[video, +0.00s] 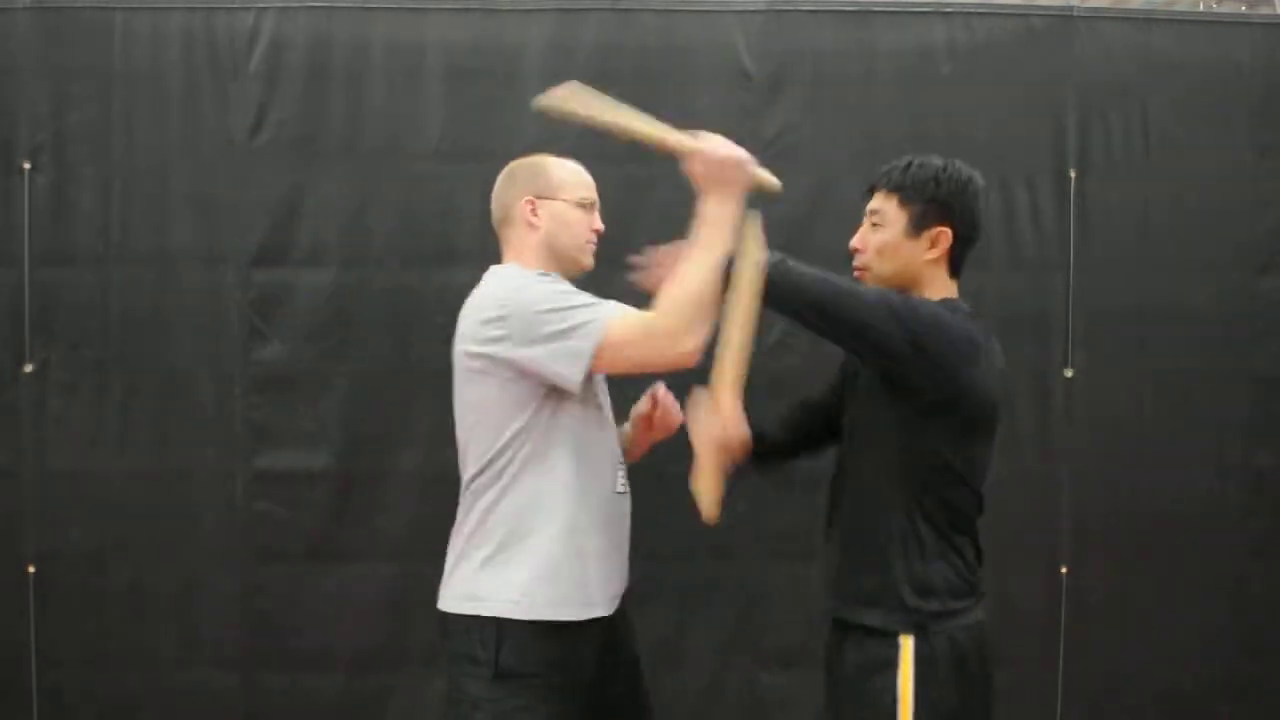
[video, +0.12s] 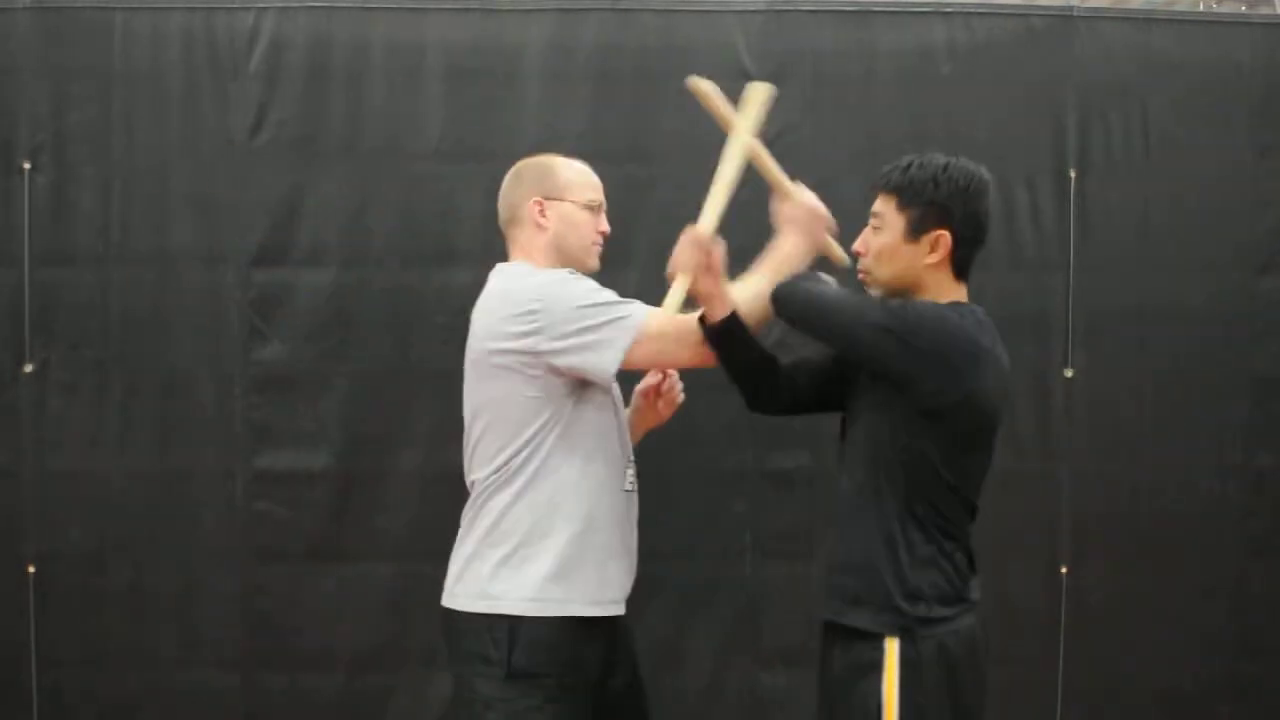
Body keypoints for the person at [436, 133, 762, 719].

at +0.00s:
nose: (599, 225)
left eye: (598, 211)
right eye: (585, 206)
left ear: (537, 214)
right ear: (533, 212)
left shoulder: (545, 309)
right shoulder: (509, 300)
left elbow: (546, 467)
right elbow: (676, 340)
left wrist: (630, 442)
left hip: (586, 618)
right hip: (514, 624)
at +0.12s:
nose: (605, 227)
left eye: (603, 212)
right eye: (592, 209)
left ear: (543, 217)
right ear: (541, 214)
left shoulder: (548, 302)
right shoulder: (529, 296)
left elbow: (560, 463)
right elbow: (702, 338)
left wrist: (635, 422)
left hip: (582, 613)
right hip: (523, 616)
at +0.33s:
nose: (603, 228)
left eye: (600, 212)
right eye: (590, 210)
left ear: (538, 216)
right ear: (541, 214)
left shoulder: (481, 315)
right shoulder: (572, 299)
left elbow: (601, 412)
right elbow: (731, 356)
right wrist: (805, 297)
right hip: (534, 619)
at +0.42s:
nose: (597, 225)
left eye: (594, 210)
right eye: (582, 208)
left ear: (531, 218)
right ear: (534, 216)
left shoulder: (472, 314)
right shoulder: (566, 308)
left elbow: (597, 404)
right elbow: (710, 378)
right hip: (522, 632)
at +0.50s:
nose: (587, 225)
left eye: (583, 209)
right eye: (572, 208)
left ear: (522, 220)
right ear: (522, 218)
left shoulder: (459, 317)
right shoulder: (566, 319)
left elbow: (544, 411)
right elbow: (682, 424)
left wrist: (626, 359)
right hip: (529, 637)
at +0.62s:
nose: (563, 222)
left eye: (558, 206)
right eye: (548, 206)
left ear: (492, 223)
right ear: (495, 222)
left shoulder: (450, 304)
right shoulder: (539, 327)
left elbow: (592, 319)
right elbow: (640, 431)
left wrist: (656, 331)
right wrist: (593, 359)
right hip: (499, 642)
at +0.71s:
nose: (543, 218)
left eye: (538, 202)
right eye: (527, 204)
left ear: (471, 221)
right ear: (473, 220)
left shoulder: (445, 289)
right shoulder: (508, 319)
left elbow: (610, 273)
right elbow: (635, 391)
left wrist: (717, 311)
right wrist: (660, 363)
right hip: (469, 643)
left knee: (577, 707)